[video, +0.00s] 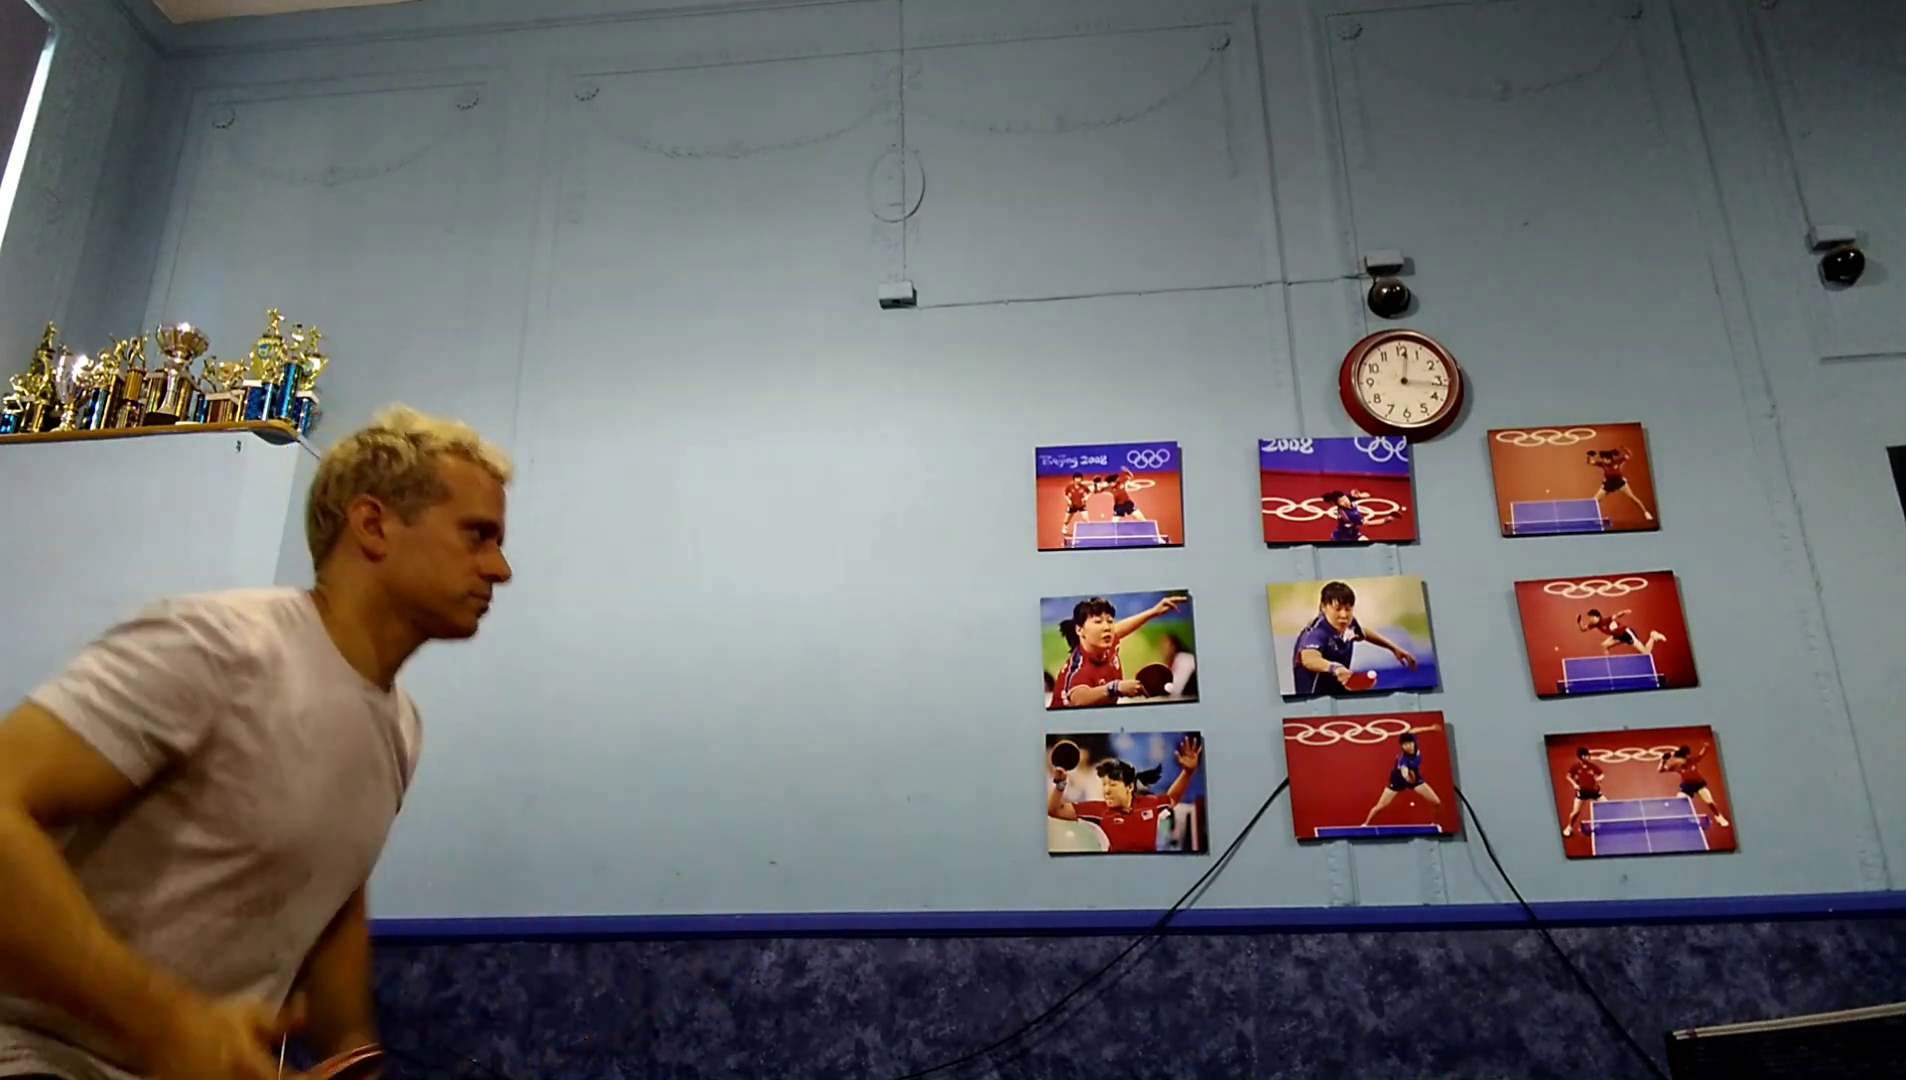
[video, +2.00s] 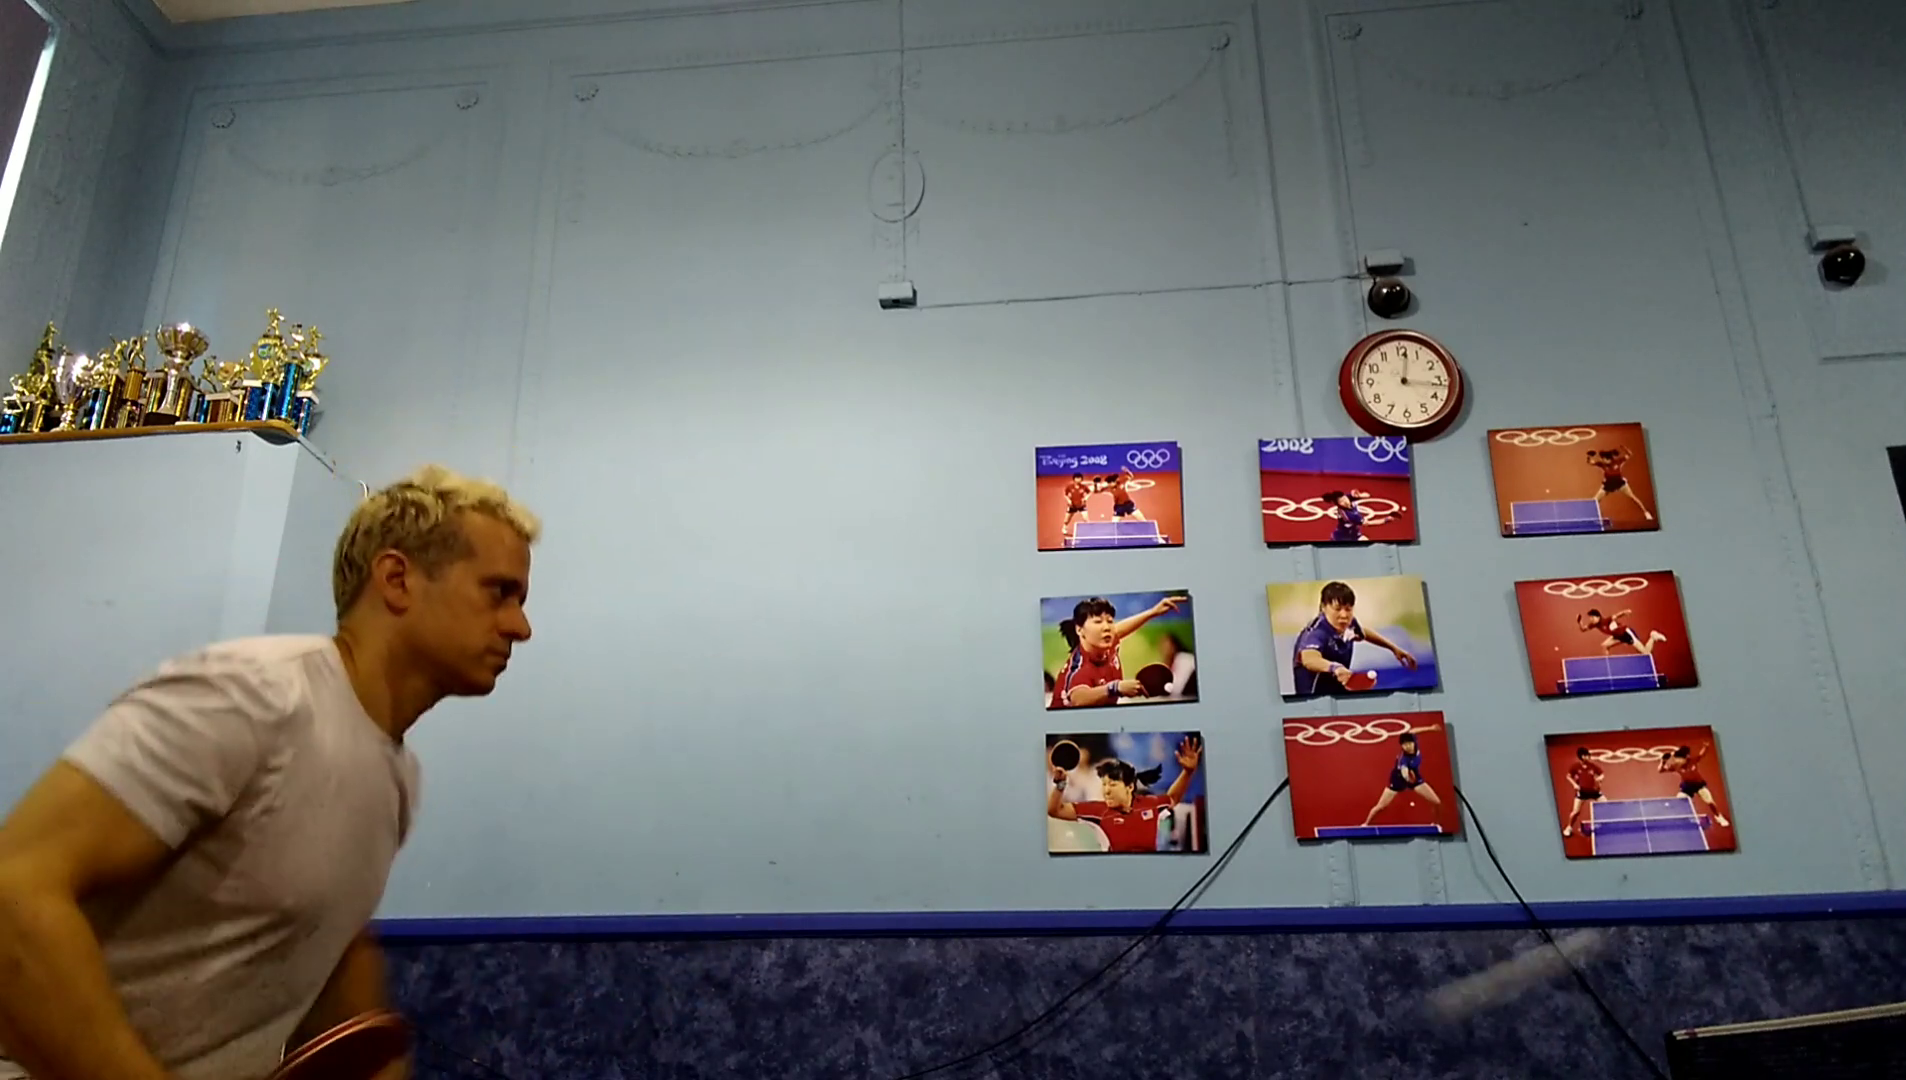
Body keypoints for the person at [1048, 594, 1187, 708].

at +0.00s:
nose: (1107, 628)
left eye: (1110, 622)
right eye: (1098, 622)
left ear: (1114, 626)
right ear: (1080, 630)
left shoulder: (1109, 644)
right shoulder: (1079, 666)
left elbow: (1120, 629)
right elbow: (1078, 698)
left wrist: (1154, 611)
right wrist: (1115, 687)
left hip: (1102, 724)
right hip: (1069, 729)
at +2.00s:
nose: (1107, 628)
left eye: (1110, 622)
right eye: (1098, 622)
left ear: (1114, 626)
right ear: (1080, 630)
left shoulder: (1109, 645)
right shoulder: (1079, 666)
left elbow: (1118, 630)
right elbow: (1078, 698)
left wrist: (1154, 612)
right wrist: (1115, 687)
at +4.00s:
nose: (1107, 628)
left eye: (1109, 622)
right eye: (1098, 622)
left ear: (1114, 626)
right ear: (1080, 630)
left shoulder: (1109, 645)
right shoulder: (1079, 666)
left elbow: (1118, 630)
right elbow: (1078, 698)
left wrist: (1153, 611)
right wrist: (1115, 687)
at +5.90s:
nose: (1107, 628)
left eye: (1109, 622)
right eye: (1098, 622)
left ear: (1113, 626)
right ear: (1080, 630)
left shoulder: (1109, 644)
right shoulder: (1079, 666)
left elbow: (1119, 630)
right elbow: (1079, 699)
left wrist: (1154, 611)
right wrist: (1115, 687)